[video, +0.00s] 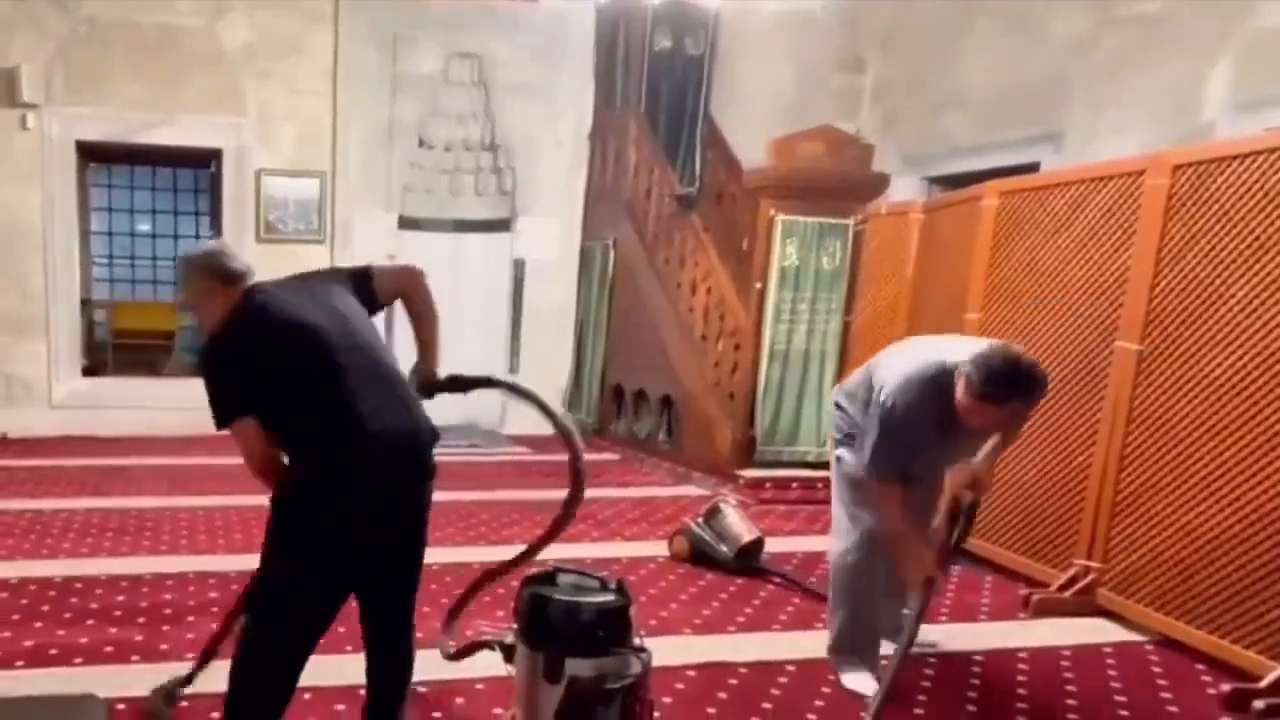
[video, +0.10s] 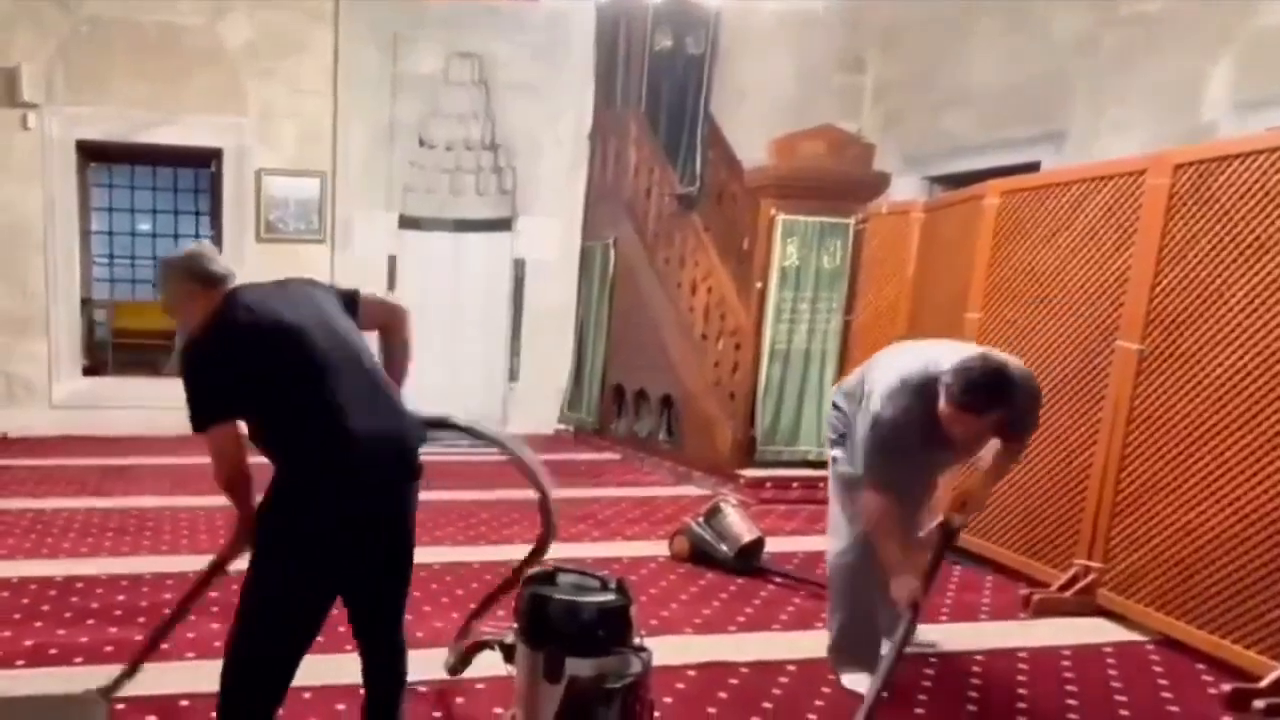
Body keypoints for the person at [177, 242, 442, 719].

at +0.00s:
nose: (196, 317)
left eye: (195, 304)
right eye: (192, 306)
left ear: (212, 291)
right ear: (244, 278)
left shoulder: (225, 346)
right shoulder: (319, 286)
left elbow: (260, 458)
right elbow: (410, 277)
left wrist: (296, 494)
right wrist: (427, 366)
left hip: (333, 477)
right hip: (408, 461)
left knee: (276, 637)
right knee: (391, 628)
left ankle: (247, 715)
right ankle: (386, 714)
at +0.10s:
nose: (177, 322)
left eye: (175, 309)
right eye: (172, 311)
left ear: (191, 296)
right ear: (225, 281)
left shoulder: (204, 348)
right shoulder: (302, 292)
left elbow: (230, 462)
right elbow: (394, 316)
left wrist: (246, 517)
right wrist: (386, 402)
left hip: (317, 478)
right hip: (394, 464)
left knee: (264, 641)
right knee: (382, 630)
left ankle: (242, 716)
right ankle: (384, 712)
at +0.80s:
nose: (47, 392)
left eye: (43, 378)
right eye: (40, 380)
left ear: (60, 361)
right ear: (95, 339)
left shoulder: (79, 402)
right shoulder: (165, 360)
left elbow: (34, 509)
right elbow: (150, 495)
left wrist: (6, 562)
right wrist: (99, 552)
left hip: (244, 494)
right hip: (323, 462)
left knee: (211, 651)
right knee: (359, 633)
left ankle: (213, 718)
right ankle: (394, 708)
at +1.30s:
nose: (135, 353)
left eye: (134, 338)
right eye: (128, 340)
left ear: (163, 320)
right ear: (188, 310)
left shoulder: (176, 375)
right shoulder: (256, 325)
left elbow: (154, 487)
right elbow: (315, 440)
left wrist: (119, 573)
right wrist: (239, 510)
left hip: (316, 497)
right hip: (394, 475)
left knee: (256, 666)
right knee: (370, 646)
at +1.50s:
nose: (195, 335)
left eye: (192, 322)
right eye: (188, 324)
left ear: (209, 307)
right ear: (243, 291)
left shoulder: (227, 364)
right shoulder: (315, 311)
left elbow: (223, 479)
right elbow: (361, 401)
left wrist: (211, 556)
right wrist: (304, 477)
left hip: (354, 501)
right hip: (433, 481)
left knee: (286, 666)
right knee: (393, 656)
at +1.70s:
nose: (216, 332)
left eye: (214, 317)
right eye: (210, 320)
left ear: (238, 298)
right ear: (269, 286)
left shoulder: (252, 352)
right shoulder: (348, 298)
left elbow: (276, 472)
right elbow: (443, 343)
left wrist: (300, 536)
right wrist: (421, 432)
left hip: (374, 495)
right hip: (451, 479)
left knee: (305, 664)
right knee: (404, 658)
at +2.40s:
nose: (115, 406)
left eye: (111, 386)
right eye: (104, 393)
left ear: (153, 357)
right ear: (168, 348)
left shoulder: (178, 431)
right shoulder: (265, 334)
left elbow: (160, 583)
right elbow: (367, 315)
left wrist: (110, 703)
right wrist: (372, 382)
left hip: (340, 558)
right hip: (416, 521)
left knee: (257, 705)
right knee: (366, 689)